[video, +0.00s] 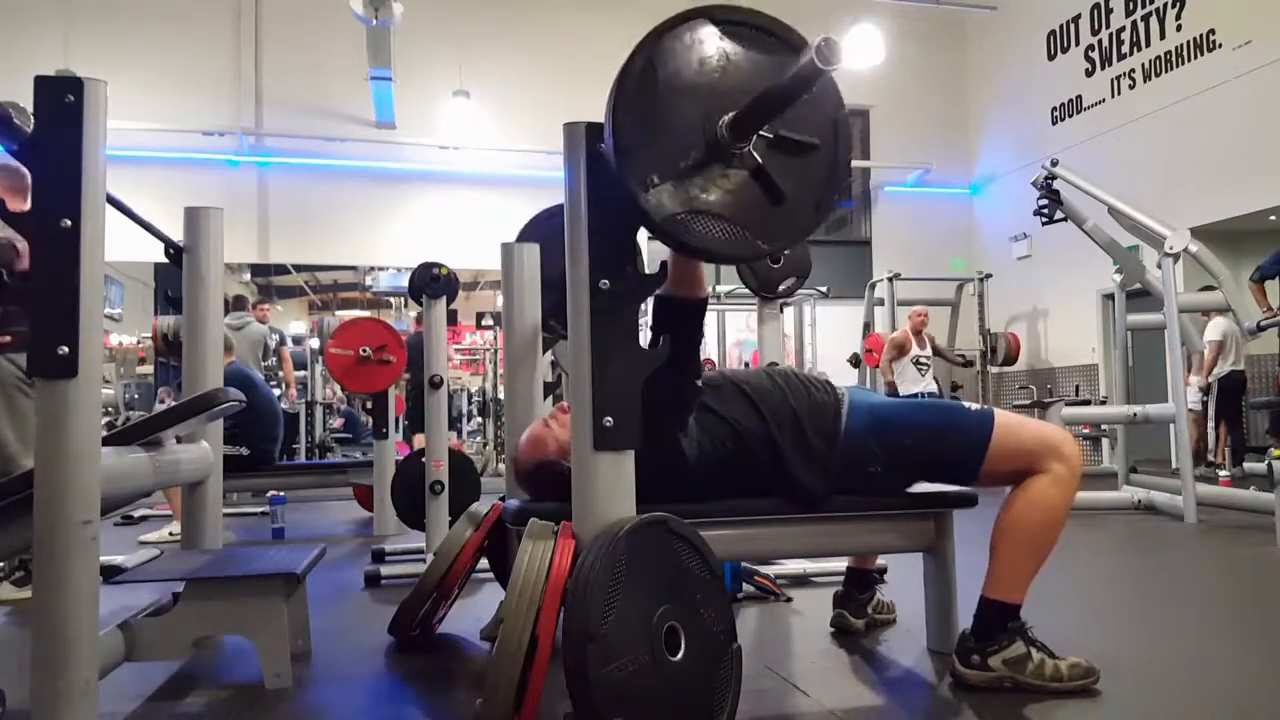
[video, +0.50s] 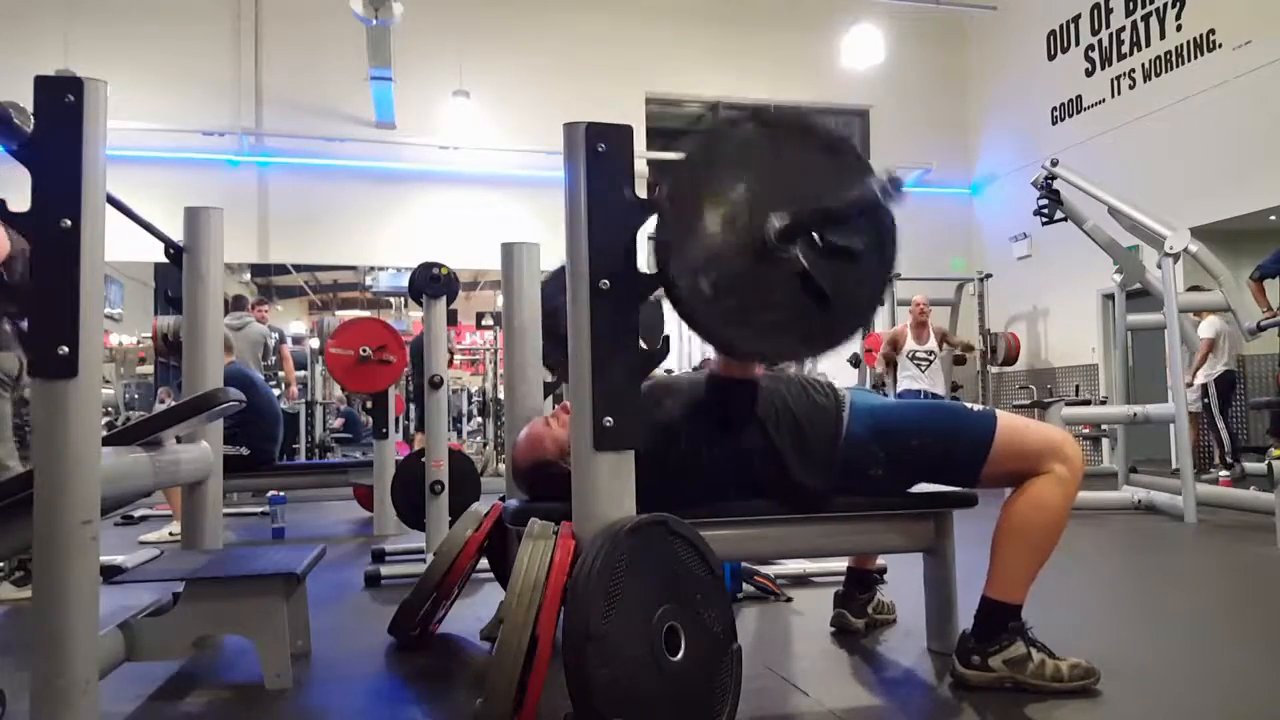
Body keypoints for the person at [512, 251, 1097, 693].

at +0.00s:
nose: (555, 412)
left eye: (545, 416)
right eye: (548, 427)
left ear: (565, 425)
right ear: (569, 460)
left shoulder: (619, 445)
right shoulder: (640, 456)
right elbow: (677, 334)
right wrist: (689, 215)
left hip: (818, 433)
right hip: (847, 433)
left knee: (911, 448)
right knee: (1057, 453)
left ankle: (857, 594)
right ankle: (992, 640)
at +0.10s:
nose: (557, 411)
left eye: (547, 415)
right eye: (550, 426)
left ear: (568, 426)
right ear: (570, 460)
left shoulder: (622, 447)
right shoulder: (640, 453)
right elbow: (681, 320)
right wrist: (694, 204)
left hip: (824, 433)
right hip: (851, 433)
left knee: (911, 450)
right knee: (1060, 455)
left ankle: (857, 595)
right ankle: (992, 640)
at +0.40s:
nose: (553, 411)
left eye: (543, 415)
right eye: (548, 420)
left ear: (557, 463)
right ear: (565, 451)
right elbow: (708, 373)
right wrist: (725, 255)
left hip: (808, 438)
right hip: (844, 430)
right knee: (1060, 454)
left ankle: (859, 594)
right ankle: (991, 643)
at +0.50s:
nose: (552, 410)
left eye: (545, 415)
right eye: (546, 423)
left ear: (560, 451)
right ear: (560, 452)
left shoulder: (606, 438)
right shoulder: (615, 435)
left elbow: (722, 390)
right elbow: (729, 391)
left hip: (812, 435)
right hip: (838, 433)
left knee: (913, 441)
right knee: (1059, 455)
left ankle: (857, 599)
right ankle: (992, 642)